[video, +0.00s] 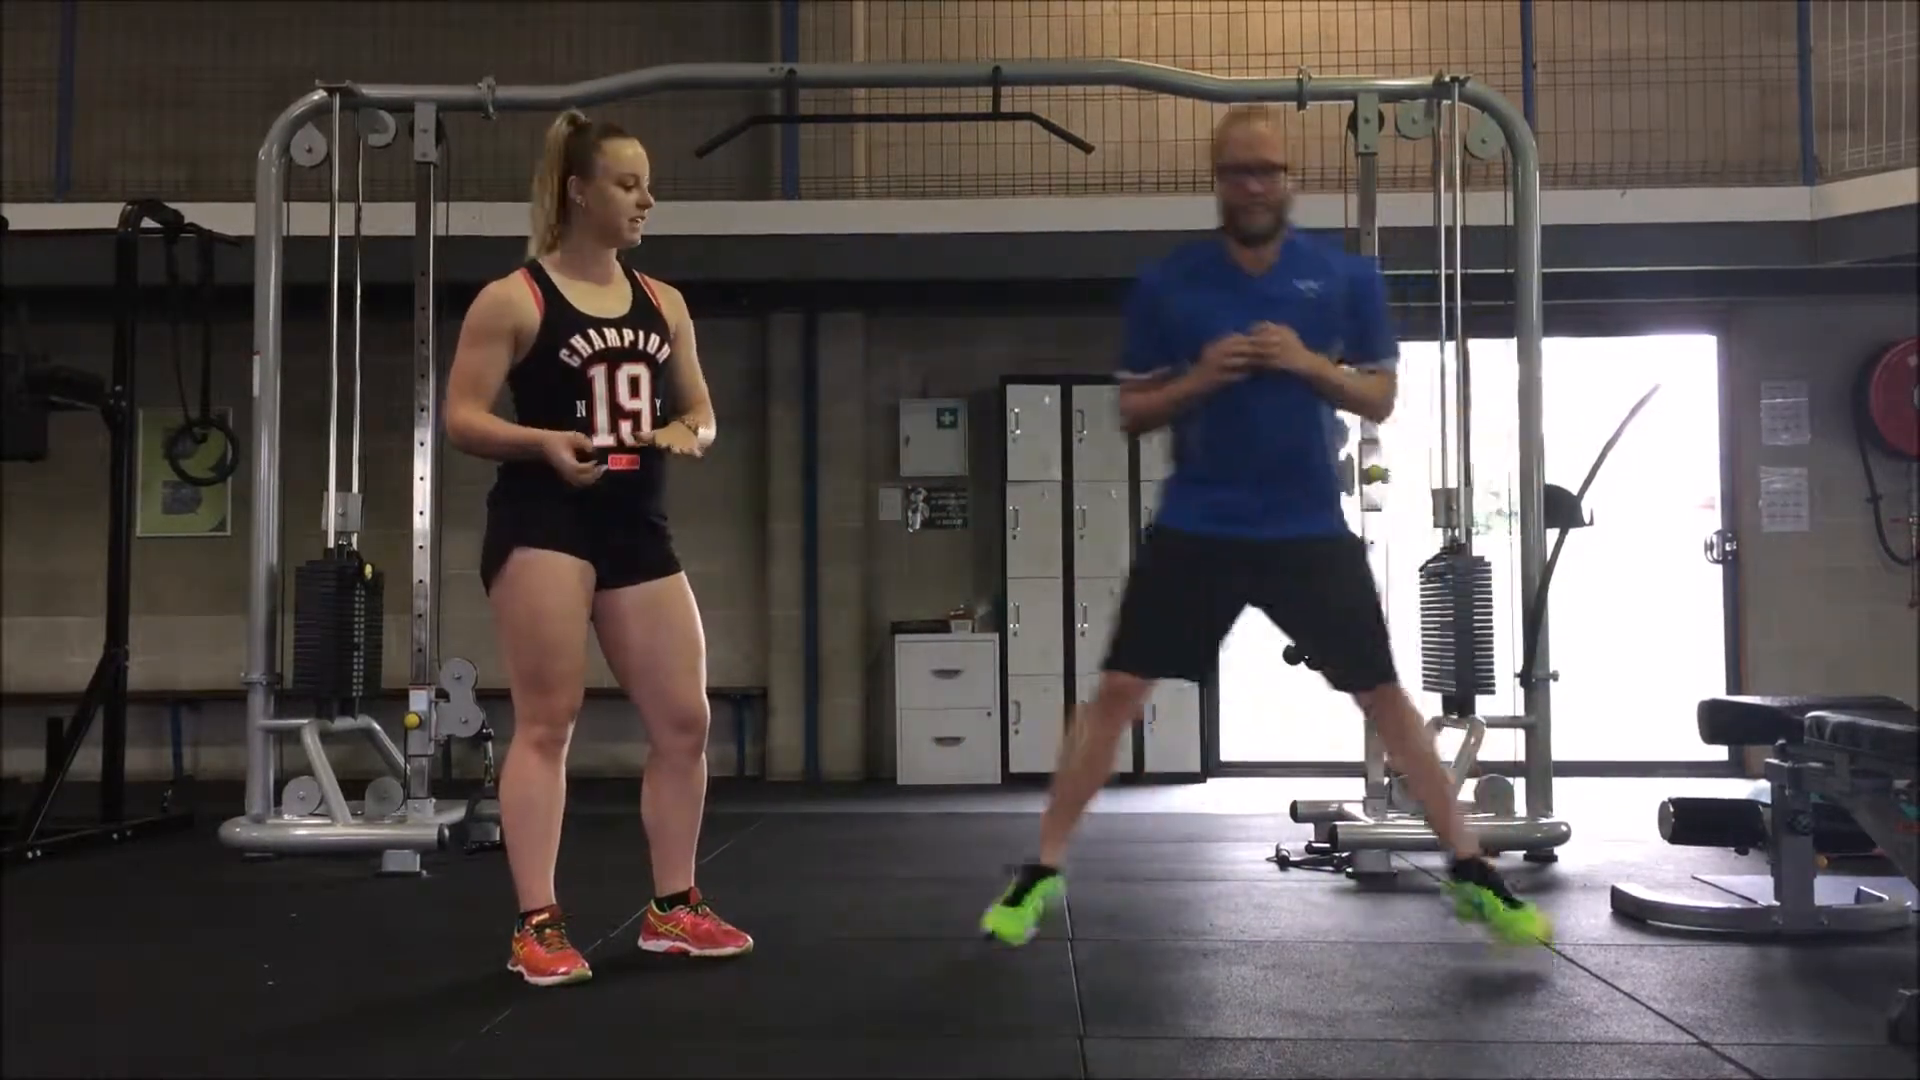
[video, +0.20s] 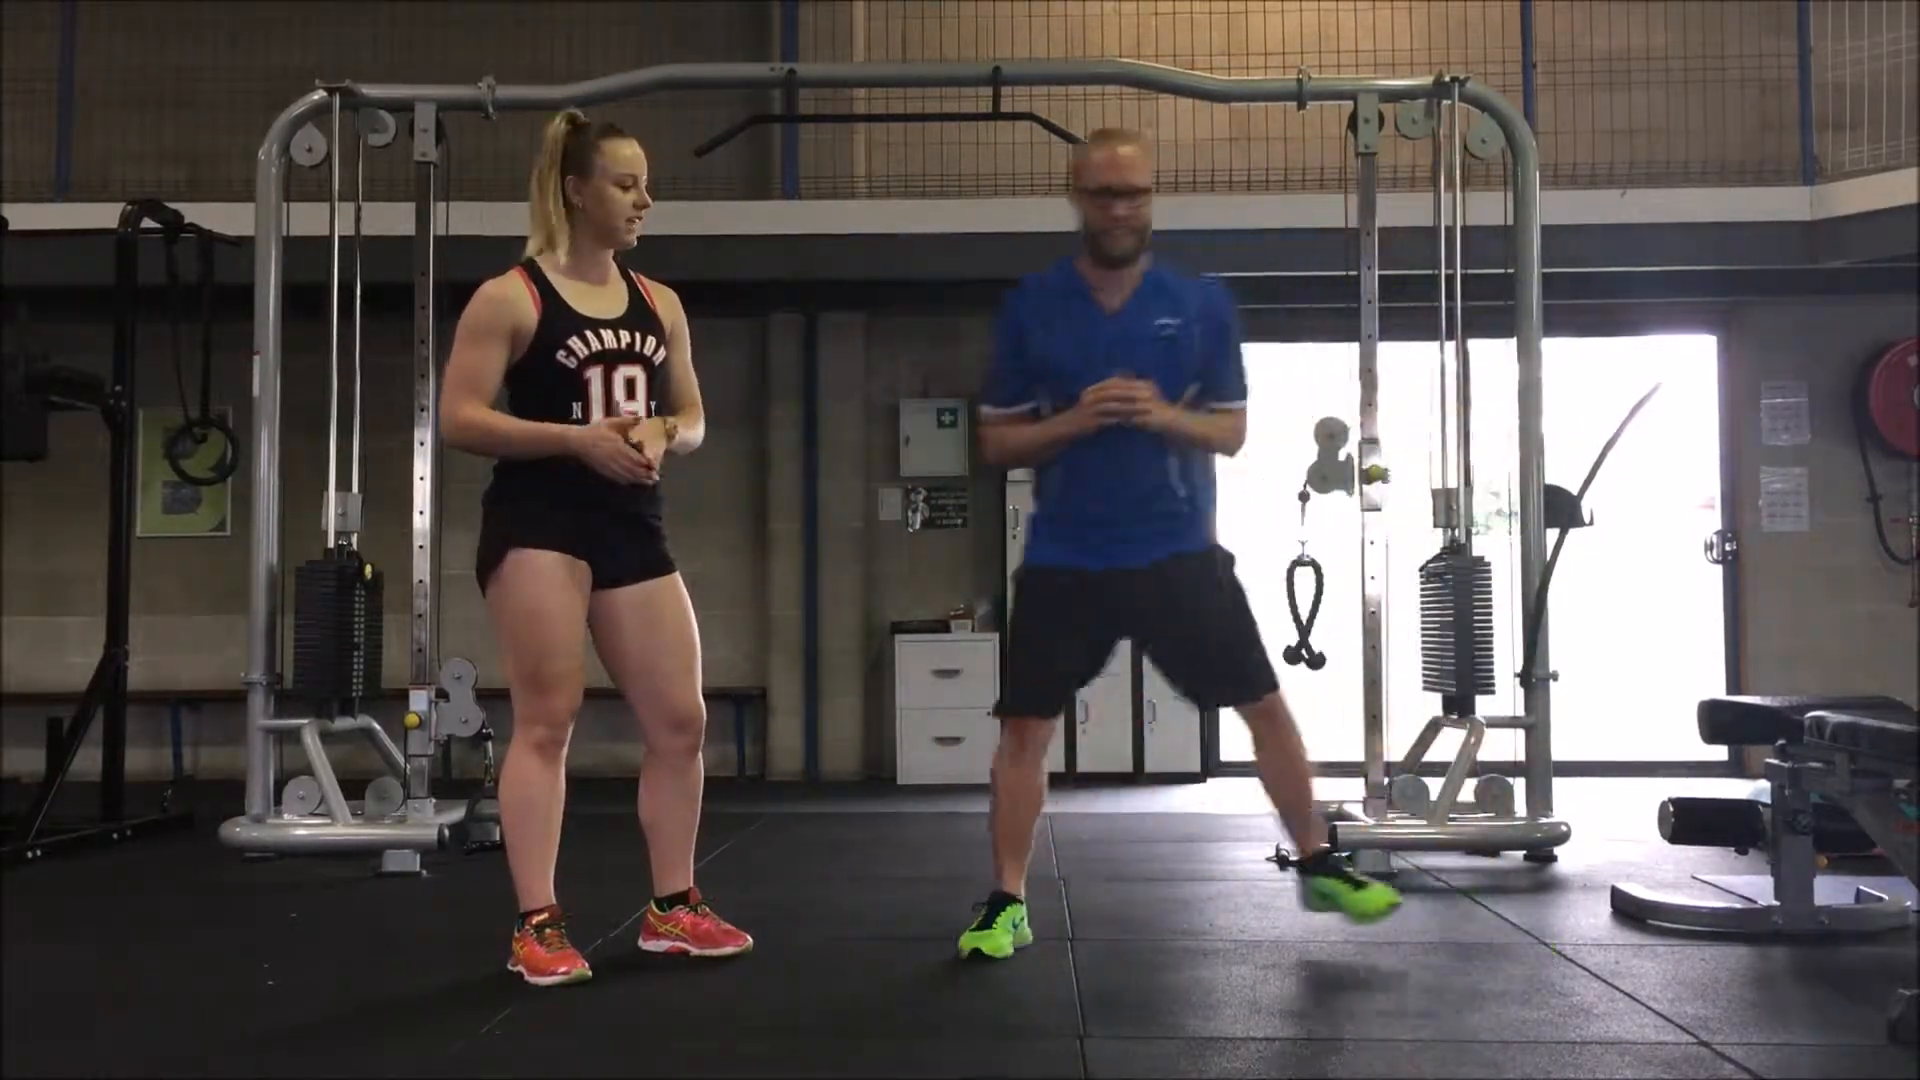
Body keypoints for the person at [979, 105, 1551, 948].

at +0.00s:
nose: (1254, 187)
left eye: (1268, 172)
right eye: (1237, 173)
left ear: (1290, 177)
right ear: (1213, 179)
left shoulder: (1345, 275)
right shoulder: (1167, 283)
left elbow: (1378, 400)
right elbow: (1131, 410)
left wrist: (1309, 364)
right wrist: (1199, 377)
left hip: (1308, 532)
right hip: (1195, 529)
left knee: (1383, 694)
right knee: (1117, 688)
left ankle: (1468, 863)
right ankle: (1044, 865)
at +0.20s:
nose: (1120, 210)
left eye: (1133, 195)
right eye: (1103, 195)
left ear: (1154, 199)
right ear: (1074, 199)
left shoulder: (1202, 303)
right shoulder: (1034, 305)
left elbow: (1229, 430)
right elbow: (995, 442)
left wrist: (1162, 415)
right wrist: (1080, 418)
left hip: (1179, 557)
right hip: (1065, 561)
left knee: (1264, 704)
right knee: (1024, 723)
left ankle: (1316, 862)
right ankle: (1007, 901)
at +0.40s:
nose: (1030, 211)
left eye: (1043, 194)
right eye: (1011, 199)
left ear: (1064, 190)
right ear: (982, 200)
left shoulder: (1126, 282)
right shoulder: (951, 311)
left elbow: (1178, 393)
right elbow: (933, 439)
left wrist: (1104, 402)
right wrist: (997, 424)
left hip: (1133, 536)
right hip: (1023, 551)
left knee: (1216, 683)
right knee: (1009, 723)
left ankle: (1285, 839)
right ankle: (1005, 899)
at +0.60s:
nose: (999, 218)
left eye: (1010, 201)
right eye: (979, 205)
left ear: (1028, 195)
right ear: (948, 208)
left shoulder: (1091, 285)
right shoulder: (921, 320)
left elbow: (1149, 397)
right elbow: (911, 454)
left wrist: (1076, 406)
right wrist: (969, 433)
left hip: (1110, 537)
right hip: (1003, 555)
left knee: (1192, 688)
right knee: (997, 728)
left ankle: (1224, 808)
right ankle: (1007, 899)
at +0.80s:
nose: (992, 212)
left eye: (1003, 196)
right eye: (973, 200)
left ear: (1024, 197)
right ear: (944, 208)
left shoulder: (1090, 289)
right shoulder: (920, 321)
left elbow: (1142, 405)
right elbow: (906, 455)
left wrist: (1069, 414)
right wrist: (968, 434)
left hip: (1096, 537)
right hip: (990, 554)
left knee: (1151, 700)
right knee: (990, 727)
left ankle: (1156, 814)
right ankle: (1006, 899)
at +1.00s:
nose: (1002, 226)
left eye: (1017, 211)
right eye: (984, 211)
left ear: (1039, 216)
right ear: (958, 217)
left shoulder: (1099, 308)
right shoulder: (926, 338)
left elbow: (1154, 422)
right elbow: (921, 472)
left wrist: (1081, 438)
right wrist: (978, 457)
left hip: (1105, 555)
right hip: (998, 565)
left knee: (1137, 709)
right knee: (989, 727)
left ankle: (1123, 826)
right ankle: (1004, 897)